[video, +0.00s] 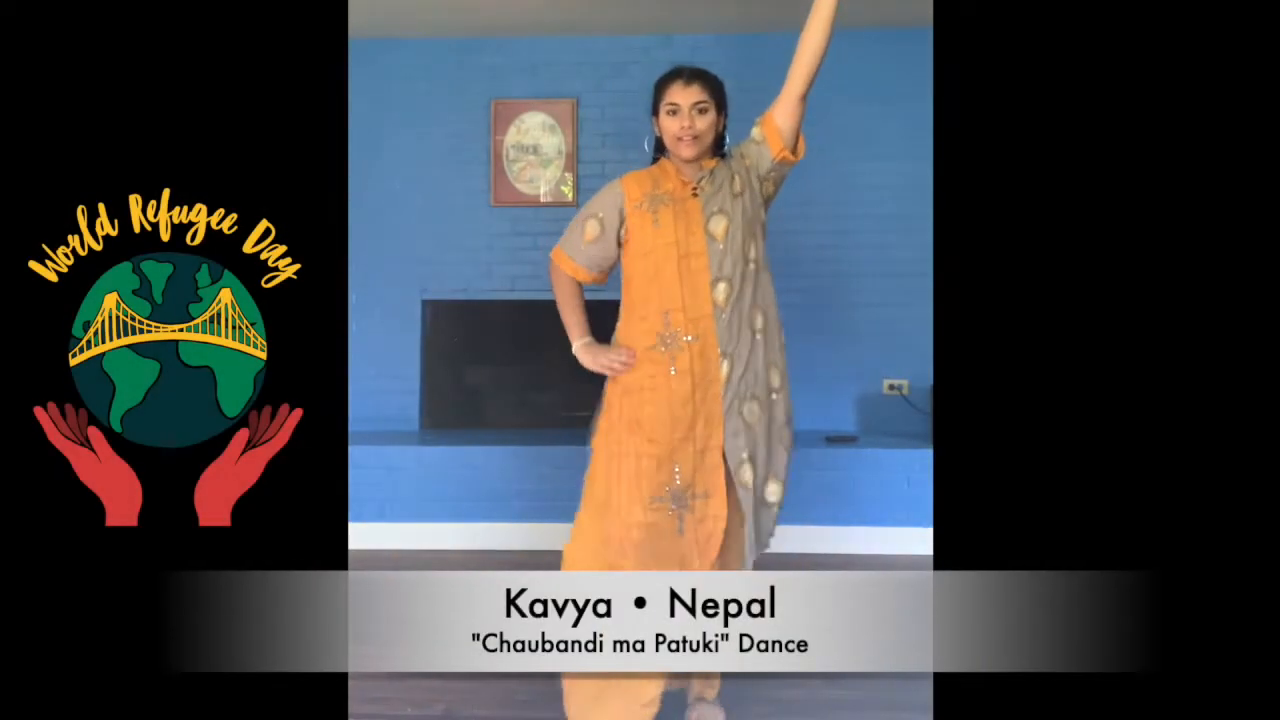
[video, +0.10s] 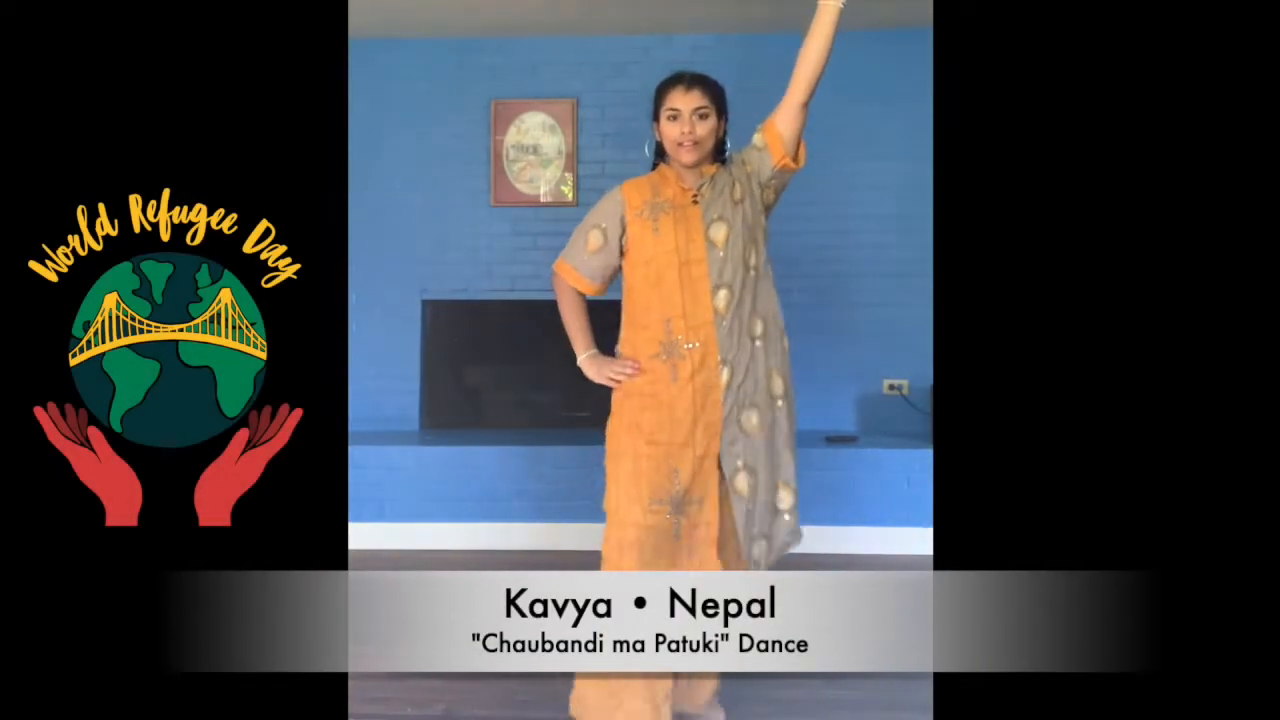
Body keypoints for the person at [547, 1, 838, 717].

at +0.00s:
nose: (686, 121)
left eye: (700, 109)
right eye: (673, 110)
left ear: (720, 120)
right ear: (656, 121)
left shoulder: (745, 180)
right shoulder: (631, 193)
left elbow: (796, 88)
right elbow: (565, 262)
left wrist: (827, 2)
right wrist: (583, 344)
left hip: (728, 387)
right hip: (646, 388)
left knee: (717, 541)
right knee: (628, 540)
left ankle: (705, 691)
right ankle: (619, 700)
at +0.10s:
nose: (686, 127)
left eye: (699, 115)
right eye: (673, 116)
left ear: (721, 126)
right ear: (657, 128)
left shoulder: (747, 187)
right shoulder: (631, 200)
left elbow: (798, 95)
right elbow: (569, 277)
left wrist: (830, 7)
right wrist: (588, 358)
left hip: (729, 403)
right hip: (648, 402)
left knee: (714, 553)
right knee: (637, 554)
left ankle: (697, 697)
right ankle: (625, 704)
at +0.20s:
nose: (685, 127)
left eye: (699, 114)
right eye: (673, 116)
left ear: (721, 125)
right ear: (657, 128)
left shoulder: (748, 185)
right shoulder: (632, 200)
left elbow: (800, 91)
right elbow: (572, 275)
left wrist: (831, 4)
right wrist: (590, 355)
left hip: (736, 398)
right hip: (651, 398)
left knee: (725, 552)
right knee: (639, 548)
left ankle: (705, 699)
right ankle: (636, 700)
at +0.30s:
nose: (686, 121)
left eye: (699, 109)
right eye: (673, 110)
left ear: (721, 118)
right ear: (657, 122)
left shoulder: (749, 180)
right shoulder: (634, 195)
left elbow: (798, 88)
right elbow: (571, 264)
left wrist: (828, 1)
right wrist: (587, 336)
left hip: (733, 393)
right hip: (649, 394)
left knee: (727, 556)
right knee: (640, 557)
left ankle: (717, 705)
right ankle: (645, 708)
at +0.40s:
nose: (687, 120)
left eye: (700, 106)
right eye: (674, 109)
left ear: (722, 115)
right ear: (658, 120)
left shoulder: (750, 177)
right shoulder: (634, 193)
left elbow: (797, 82)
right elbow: (567, 255)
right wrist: (578, 316)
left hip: (726, 388)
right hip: (642, 388)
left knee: (722, 551)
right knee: (640, 550)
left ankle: (724, 703)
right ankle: (644, 706)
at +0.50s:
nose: (687, 121)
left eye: (701, 109)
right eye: (674, 111)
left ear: (723, 117)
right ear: (660, 122)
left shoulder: (751, 179)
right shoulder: (636, 193)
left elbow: (796, 80)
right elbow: (566, 250)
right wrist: (579, 308)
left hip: (720, 373)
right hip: (636, 369)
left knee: (709, 523)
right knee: (634, 518)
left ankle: (704, 674)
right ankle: (632, 684)